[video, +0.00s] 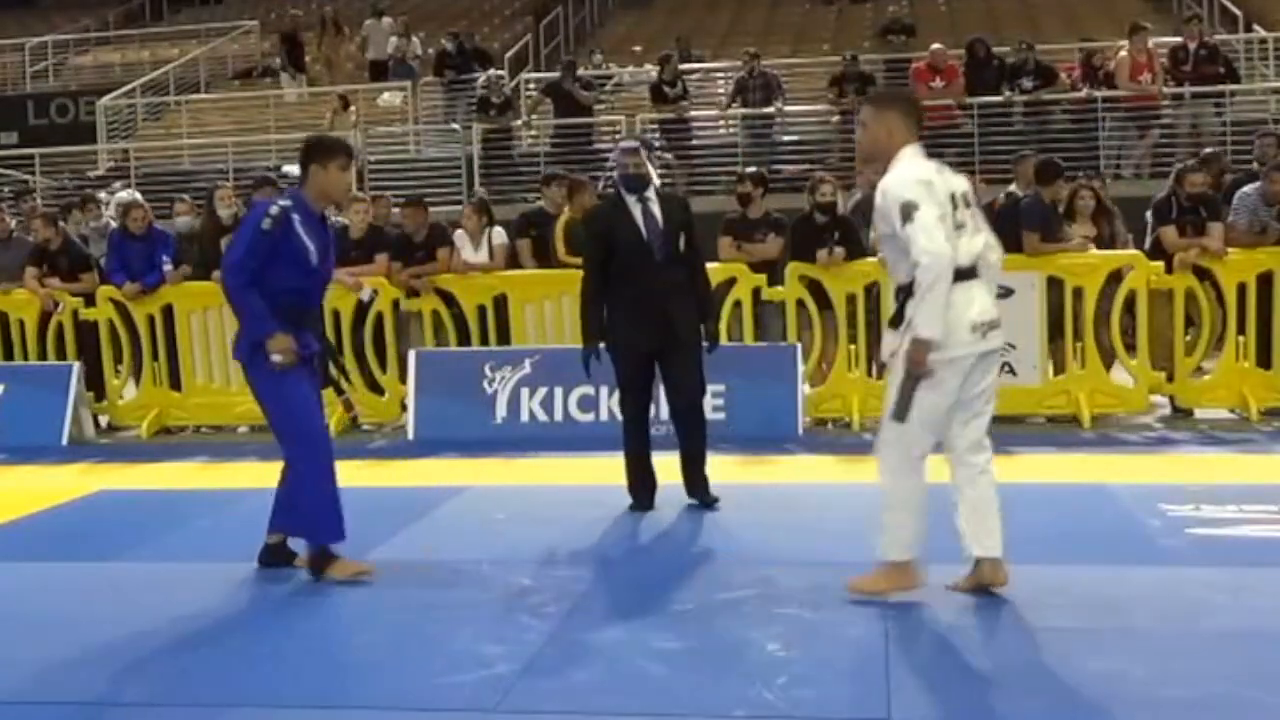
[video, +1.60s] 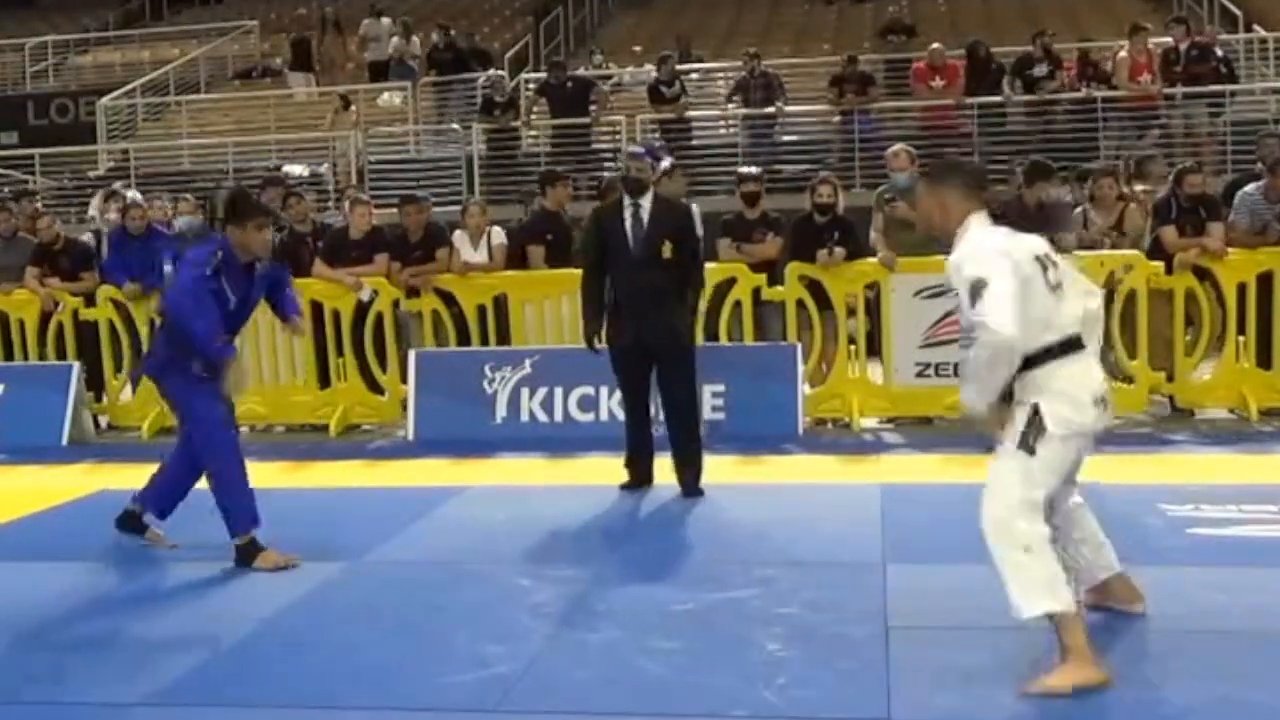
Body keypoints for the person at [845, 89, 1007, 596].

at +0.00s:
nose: (858, 136)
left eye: (865, 126)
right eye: (860, 126)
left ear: (890, 129)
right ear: (907, 130)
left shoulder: (900, 183)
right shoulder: (947, 176)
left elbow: (934, 256)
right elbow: (987, 252)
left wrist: (921, 335)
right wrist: (973, 307)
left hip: (942, 328)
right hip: (982, 324)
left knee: (899, 444)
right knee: (970, 444)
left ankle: (899, 562)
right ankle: (989, 558)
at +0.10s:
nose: (887, 116)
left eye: (894, 107)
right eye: (887, 107)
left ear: (922, 108)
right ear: (938, 109)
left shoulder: (922, 165)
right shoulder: (985, 157)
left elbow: (953, 240)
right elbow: (1022, 233)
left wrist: (949, 318)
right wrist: (1017, 295)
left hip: (975, 300)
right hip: (1018, 294)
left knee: (958, 424)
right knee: (1003, 422)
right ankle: (1012, 542)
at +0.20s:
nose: (919, 127)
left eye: (924, 116)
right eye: (919, 116)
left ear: (951, 117)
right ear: (968, 117)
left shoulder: (953, 180)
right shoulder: (1020, 169)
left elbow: (979, 261)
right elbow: (1057, 245)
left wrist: (975, 341)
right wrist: (1051, 311)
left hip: (1004, 317)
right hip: (1044, 307)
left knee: (1013, 440)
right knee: (1043, 431)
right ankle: (1086, 544)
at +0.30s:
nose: (946, 154)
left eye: (955, 143)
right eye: (949, 142)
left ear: (983, 152)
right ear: (1000, 152)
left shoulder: (988, 216)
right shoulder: (1043, 197)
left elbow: (1011, 303)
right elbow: (1084, 275)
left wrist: (1006, 386)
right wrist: (1083, 342)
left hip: (1035, 351)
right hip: (1073, 340)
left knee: (1042, 471)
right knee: (1088, 455)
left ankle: (1126, 576)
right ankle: (1163, 553)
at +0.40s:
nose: (966, 131)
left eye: (974, 121)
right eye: (969, 120)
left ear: (999, 127)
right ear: (1015, 128)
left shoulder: (1010, 192)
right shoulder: (1054, 179)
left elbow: (1039, 280)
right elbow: (1094, 259)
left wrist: (1049, 360)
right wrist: (1095, 332)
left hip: (1042, 342)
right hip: (1083, 335)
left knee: (1056, 457)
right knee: (1107, 441)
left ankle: (1119, 572)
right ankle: (1173, 551)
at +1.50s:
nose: (948, 180)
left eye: (951, 168)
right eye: (947, 169)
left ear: (980, 164)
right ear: (997, 165)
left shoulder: (1011, 212)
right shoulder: (1045, 203)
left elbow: (1053, 274)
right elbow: (1104, 270)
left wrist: (1035, 357)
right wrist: (1085, 333)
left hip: (1066, 359)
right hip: (1096, 353)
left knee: (1029, 483)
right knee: (1074, 480)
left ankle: (1076, 625)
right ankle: (1114, 582)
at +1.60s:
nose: (916, 210)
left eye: (921, 199)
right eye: (917, 199)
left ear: (945, 202)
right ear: (972, 200)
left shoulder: (981, 255)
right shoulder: (1024, 241)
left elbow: (1000, 335)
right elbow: (1090, 298)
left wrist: (975, 398)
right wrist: (1080, 363)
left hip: (1052, 395)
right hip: (1084, 386)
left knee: (1007, 512)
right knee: (1052, 490)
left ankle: (1079, 657)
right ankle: (1109, 583)